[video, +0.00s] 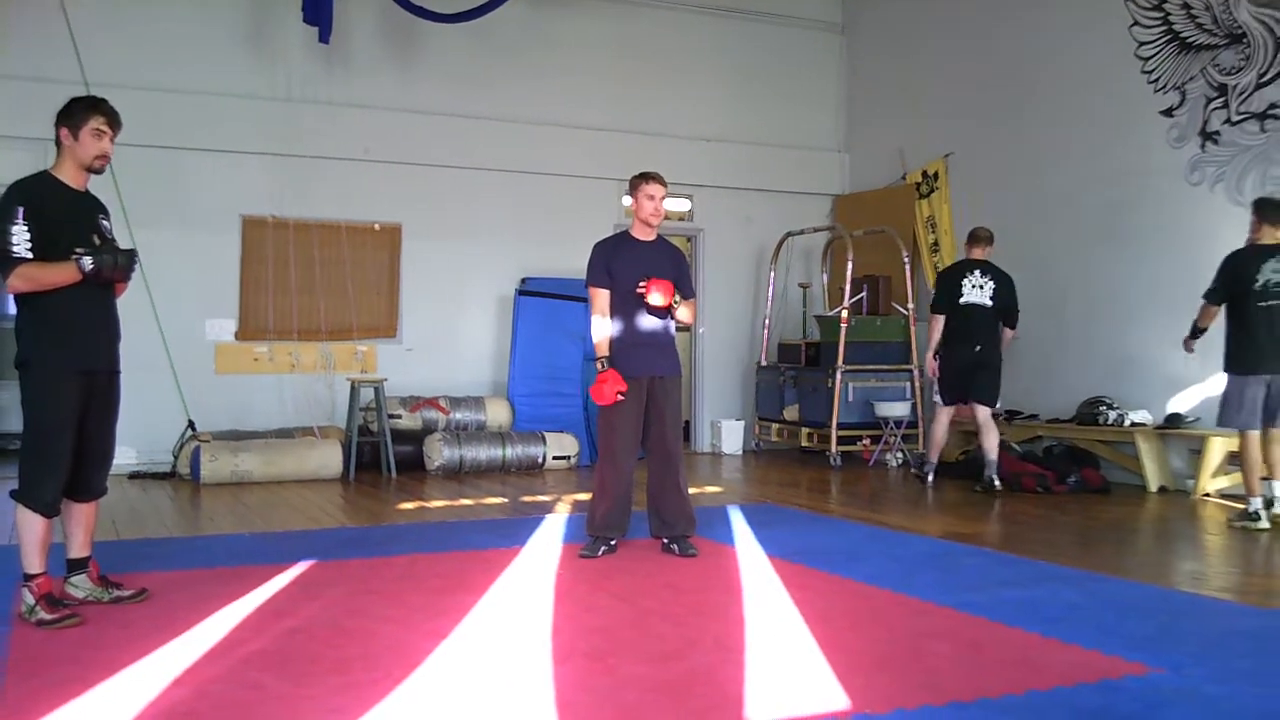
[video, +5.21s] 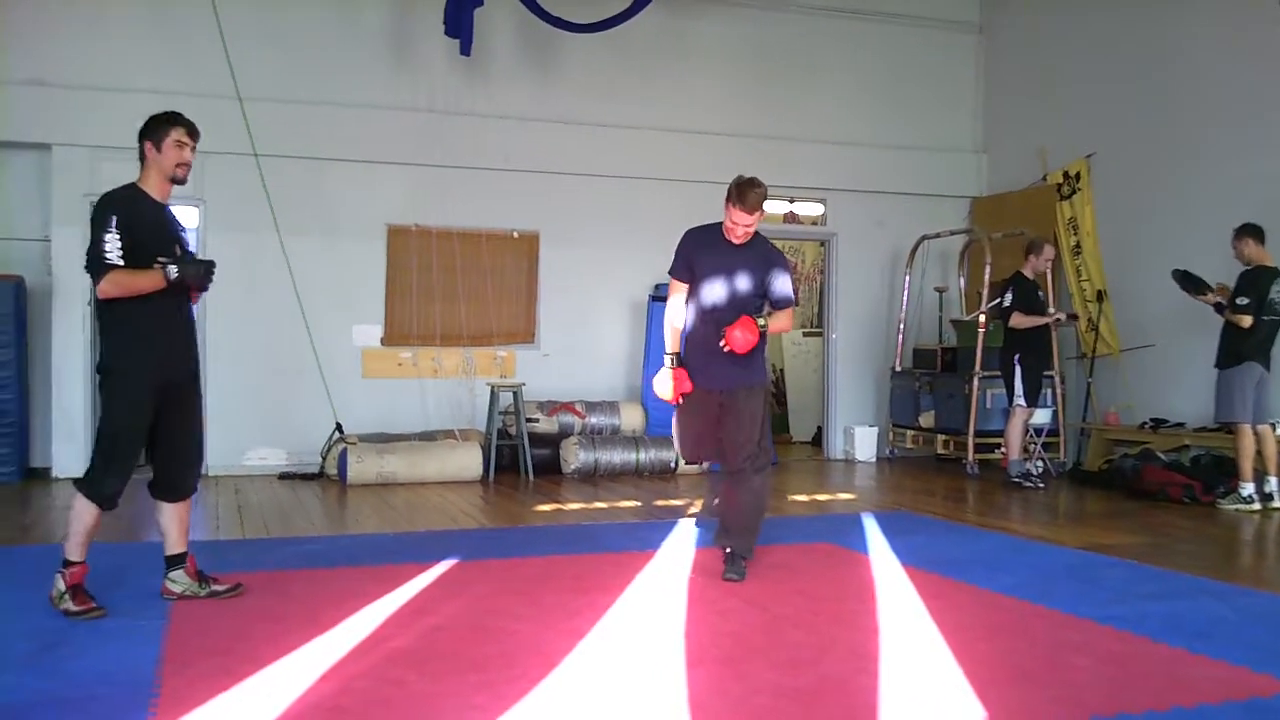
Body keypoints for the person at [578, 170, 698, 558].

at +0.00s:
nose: (657, 206)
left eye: (661, 199)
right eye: (650, 198)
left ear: (666, 205)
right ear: (632, 201)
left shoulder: (674, 255)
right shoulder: (607, 250)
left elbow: (689, 316)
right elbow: (600, 313)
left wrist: (672, 302)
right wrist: (602, 364)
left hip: (666, 367)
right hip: (623, 366)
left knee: (667, 452)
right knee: (616, 453)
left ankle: (673, 531)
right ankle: (605, 533)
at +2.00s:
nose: (640, 207)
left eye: (645, 201)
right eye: (632, 200)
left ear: (652, 206)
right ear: (618, 205)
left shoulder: (666, 258)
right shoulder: (597, 253)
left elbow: (683, 317)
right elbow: (588, 315)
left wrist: (661, 307)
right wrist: (589, 365)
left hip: (657, 370)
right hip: (612, 369)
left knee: (659, 455)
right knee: (606, 454)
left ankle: (664, 534)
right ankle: (596, 535)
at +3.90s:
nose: (640, 219)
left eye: (646, 211)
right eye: (636, 213)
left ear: (666, 210)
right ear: (634, 215)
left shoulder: (696, 258)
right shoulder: (626, 261)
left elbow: (717, 317)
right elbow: (618, 316)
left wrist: (684, 304)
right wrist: (615, 338)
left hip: (678, 375)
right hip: (632, 375)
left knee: (689, 456)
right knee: (634, 458)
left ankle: (703, 535)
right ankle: (635, 538)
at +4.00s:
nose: (666, 220)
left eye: (673, 212)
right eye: (661, 214)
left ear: (692, 210)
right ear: (659, 216)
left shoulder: (722, 258)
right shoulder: (655, 263)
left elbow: (746, 317)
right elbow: (646, 317)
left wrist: (711, 302)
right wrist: (638, 335)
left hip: (705, 376)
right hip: (660, 376)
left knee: (719, 457)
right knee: (666, 460)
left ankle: (738, 536)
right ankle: (670, 538)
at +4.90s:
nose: (706, 235)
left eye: (713, 228)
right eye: (699, 228)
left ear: (724, 219)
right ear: (689, 217)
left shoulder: (741, 260)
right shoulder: (666, 255)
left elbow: (759, 316)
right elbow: (655, 317)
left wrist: (734, 328)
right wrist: (654, 375)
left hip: (726, 382)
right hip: (681, 380)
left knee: (722, 464)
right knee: (688, 463)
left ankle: (716, 552)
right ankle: (701, 544)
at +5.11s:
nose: (741, 236)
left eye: (749, 230)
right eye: (735, 227)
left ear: (761, 220)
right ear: (725, 212)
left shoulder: (770, 261)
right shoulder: (695, 247)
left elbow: (786, 317)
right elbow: (674, 306)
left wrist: (759, 331)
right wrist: (673, 364)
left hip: (747, 383)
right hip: (700, 379)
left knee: (742, 463)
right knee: (710, 462)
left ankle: (736, 550)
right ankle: (725, 533)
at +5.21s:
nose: (738, 231)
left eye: (747, 225)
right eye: (733, 222)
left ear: (761, 216)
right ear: (724, 206)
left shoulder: (771, 260)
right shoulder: (695, 241)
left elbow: (786, 315)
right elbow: (675, 302)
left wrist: (759, 327)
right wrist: (671, 361)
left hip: (745, 381)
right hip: (696, 374)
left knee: (742, 462)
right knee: (693, 452)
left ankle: (737, 549)